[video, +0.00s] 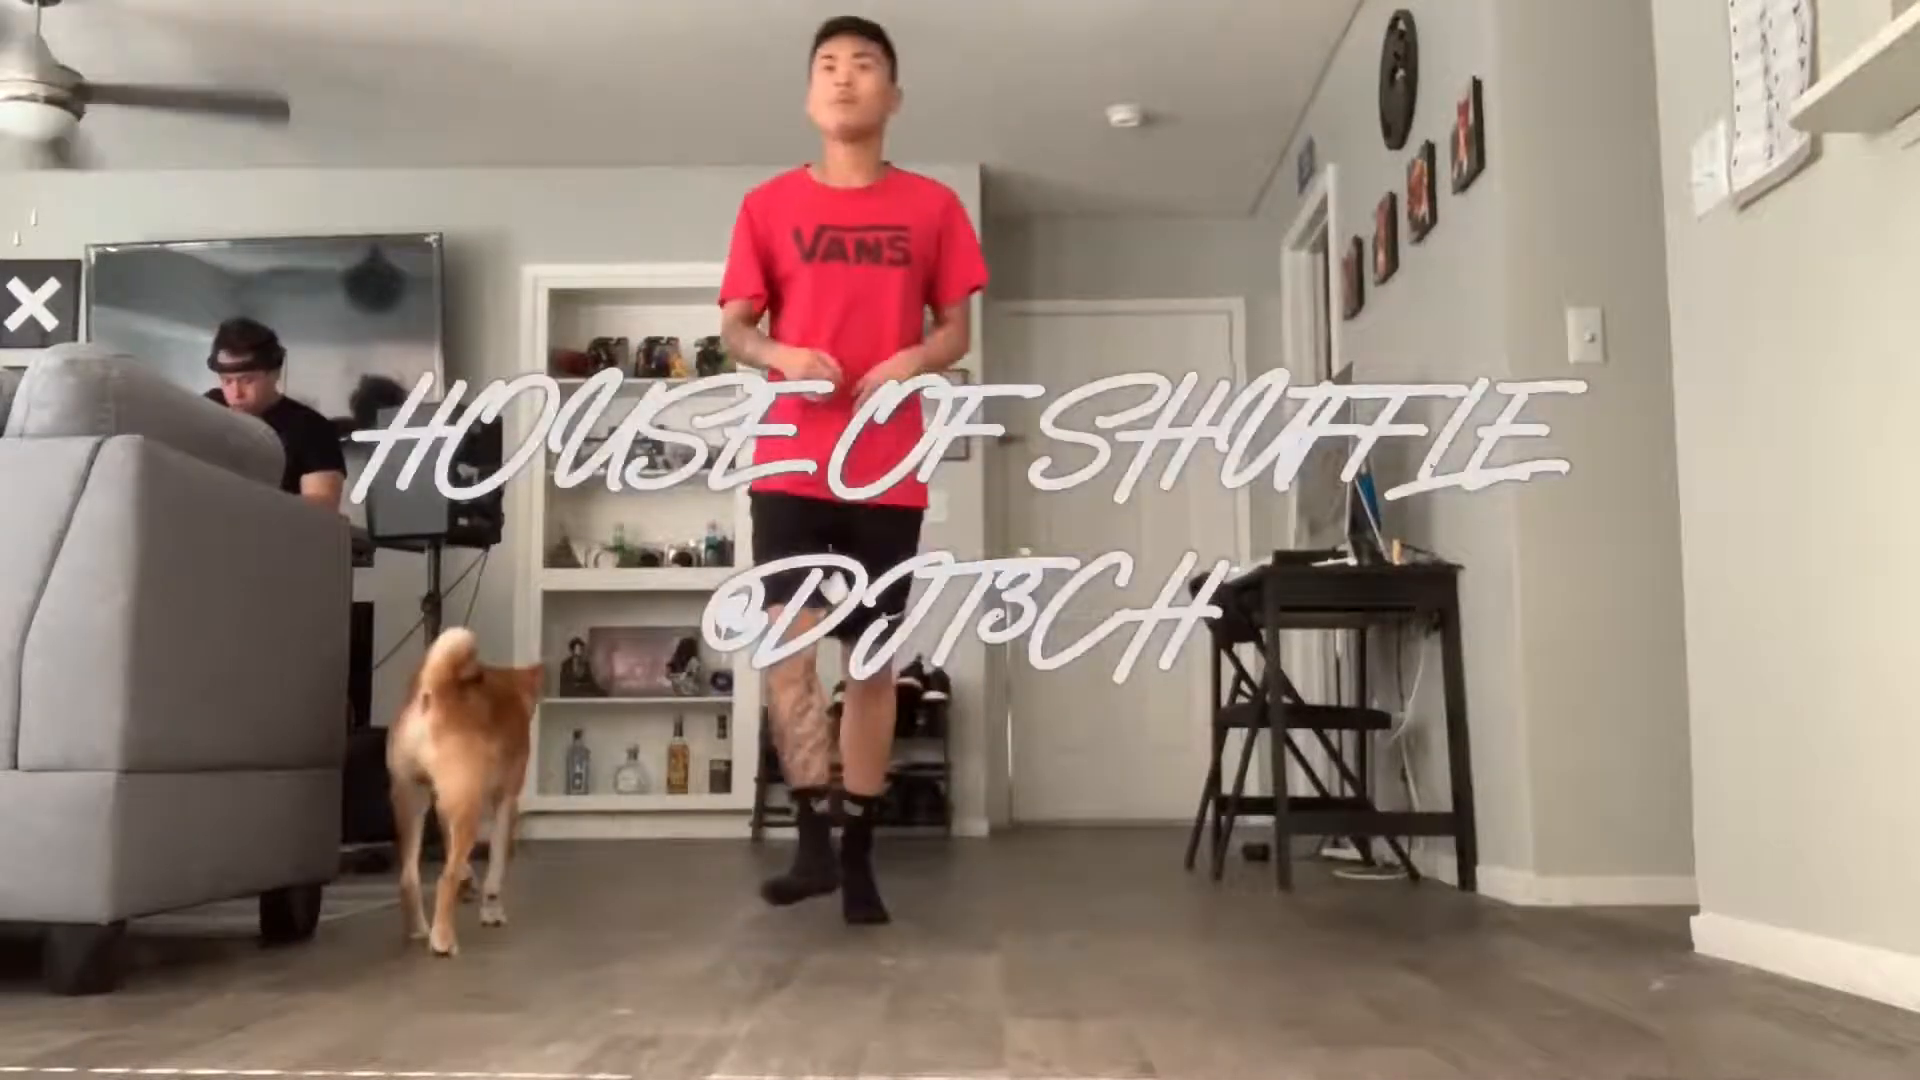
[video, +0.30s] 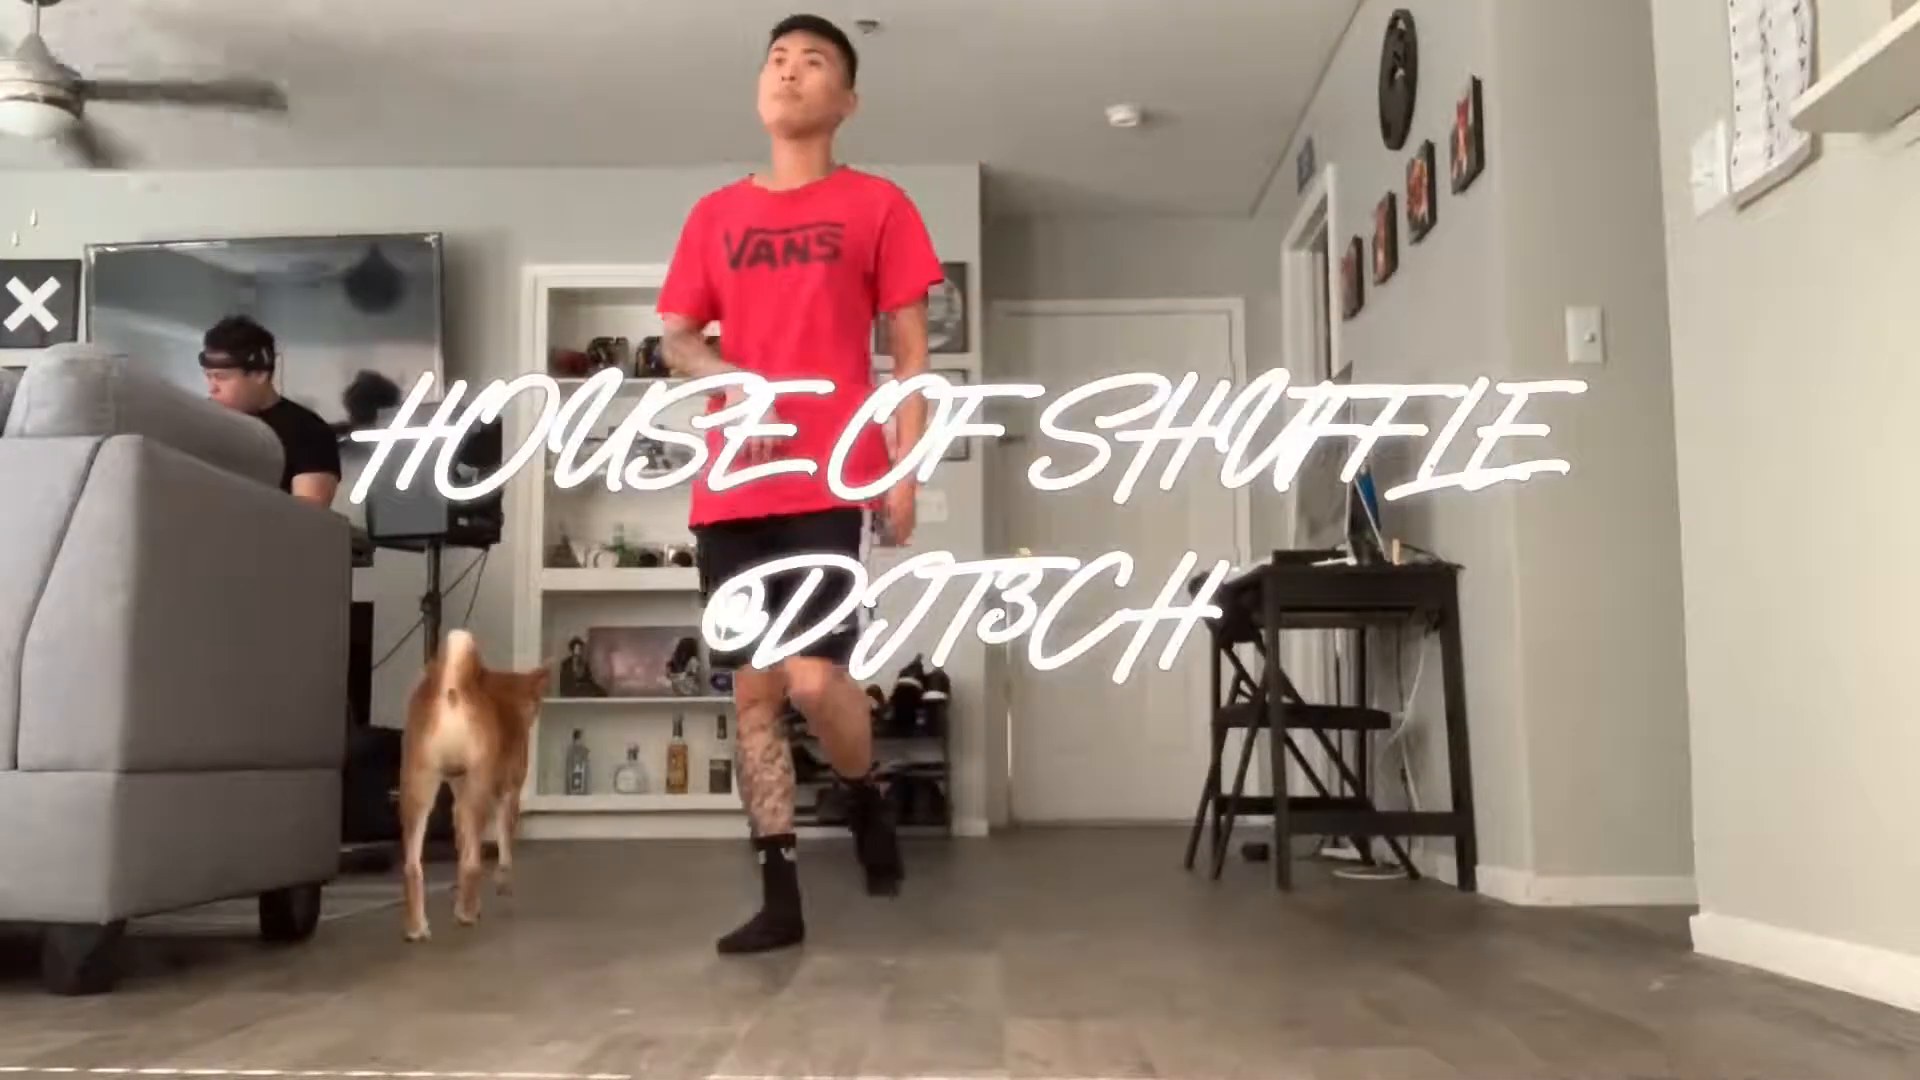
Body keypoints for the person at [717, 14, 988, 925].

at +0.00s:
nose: (845, 77)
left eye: (864, 66)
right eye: (830, 66)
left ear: (894, 98)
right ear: (809, 98)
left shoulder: (932, 204)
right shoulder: (769, 205)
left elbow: (957, 333)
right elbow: (736, 328)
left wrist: (907, 362)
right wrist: (781, 356)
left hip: (888, 469)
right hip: (789, 467)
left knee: (875, 656)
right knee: (788, 640)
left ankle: (858, 855)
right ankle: (813, 837)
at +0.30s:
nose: (790, 71)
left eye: (814, 62)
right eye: (778, 60)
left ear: (847, 102)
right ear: (758, 97)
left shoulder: (877, 205)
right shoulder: (717, 212)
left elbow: (910, 349)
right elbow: (678, 338)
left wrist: (907, 471)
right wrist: (720, 374)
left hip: (833, 479)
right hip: (731, 486)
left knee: (814, 673)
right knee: (752, 685)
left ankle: (868, 803)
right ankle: (780, 898)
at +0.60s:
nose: (800, 67)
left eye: (823, 56)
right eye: (788, 54)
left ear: (861, 91)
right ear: (768, 85)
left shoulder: (878, 212)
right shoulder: (711, 192)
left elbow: (910, 360)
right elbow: (652, 323)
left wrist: (869, 475)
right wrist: (679, 371)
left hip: (771, 467)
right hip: (672, 457)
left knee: (685, 667)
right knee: (682, 682)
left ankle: (623, 904)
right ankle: (755, 882)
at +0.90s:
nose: (861, 35)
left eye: (877, 22)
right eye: (838, 21)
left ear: (894, 53)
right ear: (798, 49)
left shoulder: (927, 173)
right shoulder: (750, 179)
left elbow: (949, 317)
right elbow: (724, 314)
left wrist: (918, 274)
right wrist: (738, 390)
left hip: (897, 435)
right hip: (789, 450)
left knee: (905, 572)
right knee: (765, 665)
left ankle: (920, 765)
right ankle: (757, 895)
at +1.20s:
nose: (992, 39)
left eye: (999, 26)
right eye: (967, 25)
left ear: (1010, 54)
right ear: (916, 56)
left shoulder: (1055, 165)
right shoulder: (890, 177)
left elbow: (1088, 297)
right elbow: (862, 328)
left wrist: (1061, 288)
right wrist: (885, 424)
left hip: (1058, 446)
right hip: (953, 455)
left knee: (1056, 648)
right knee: (938, 646)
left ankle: (1073, 884)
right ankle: (863, 828)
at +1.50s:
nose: (1134, 66)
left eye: (1135, 51)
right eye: (1113, 49)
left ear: (1130, 74)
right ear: (1054, 73)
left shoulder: (1142, 191)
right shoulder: (1025, 189)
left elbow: (1148, 325)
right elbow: (974, 334)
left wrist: (1194, 415)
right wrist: (1013, 449)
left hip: (1156, 456)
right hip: (1095, 459)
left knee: (1114, 673)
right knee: (1218, 641)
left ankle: (1072, 871)